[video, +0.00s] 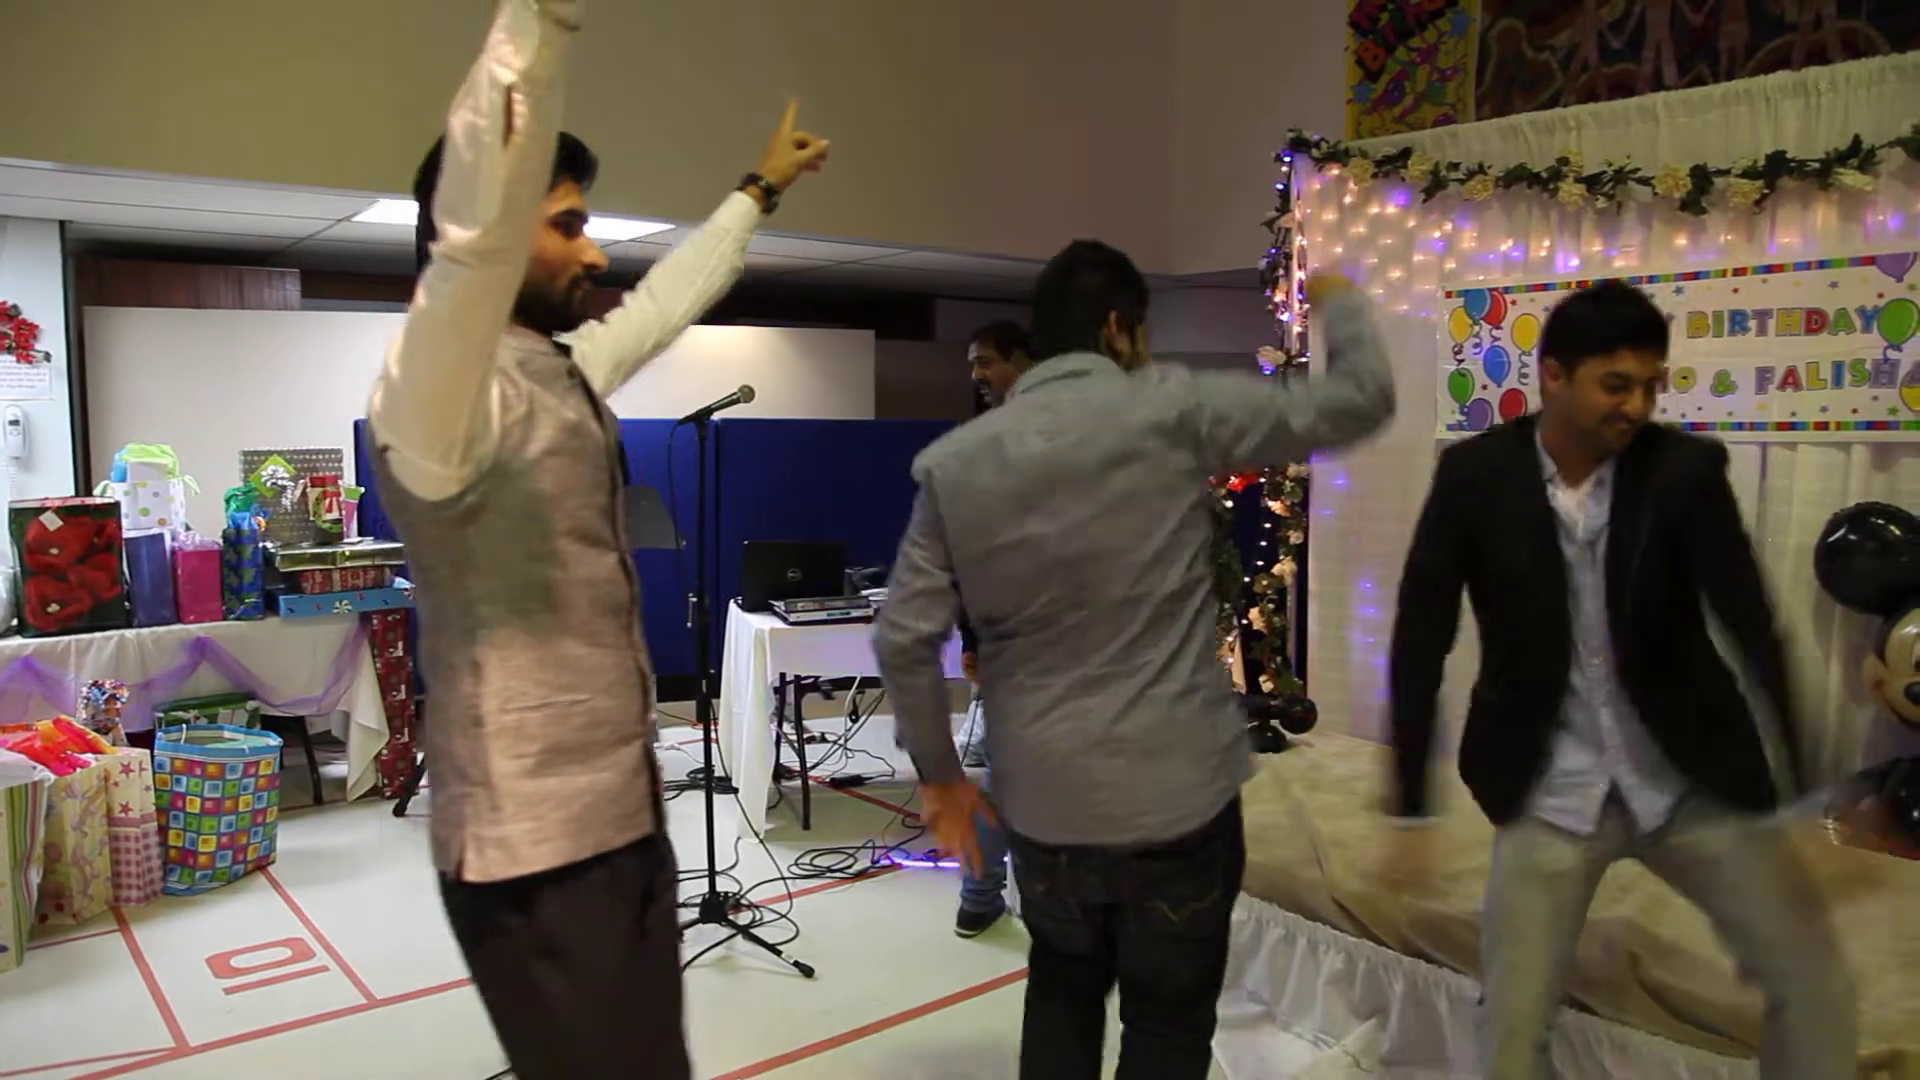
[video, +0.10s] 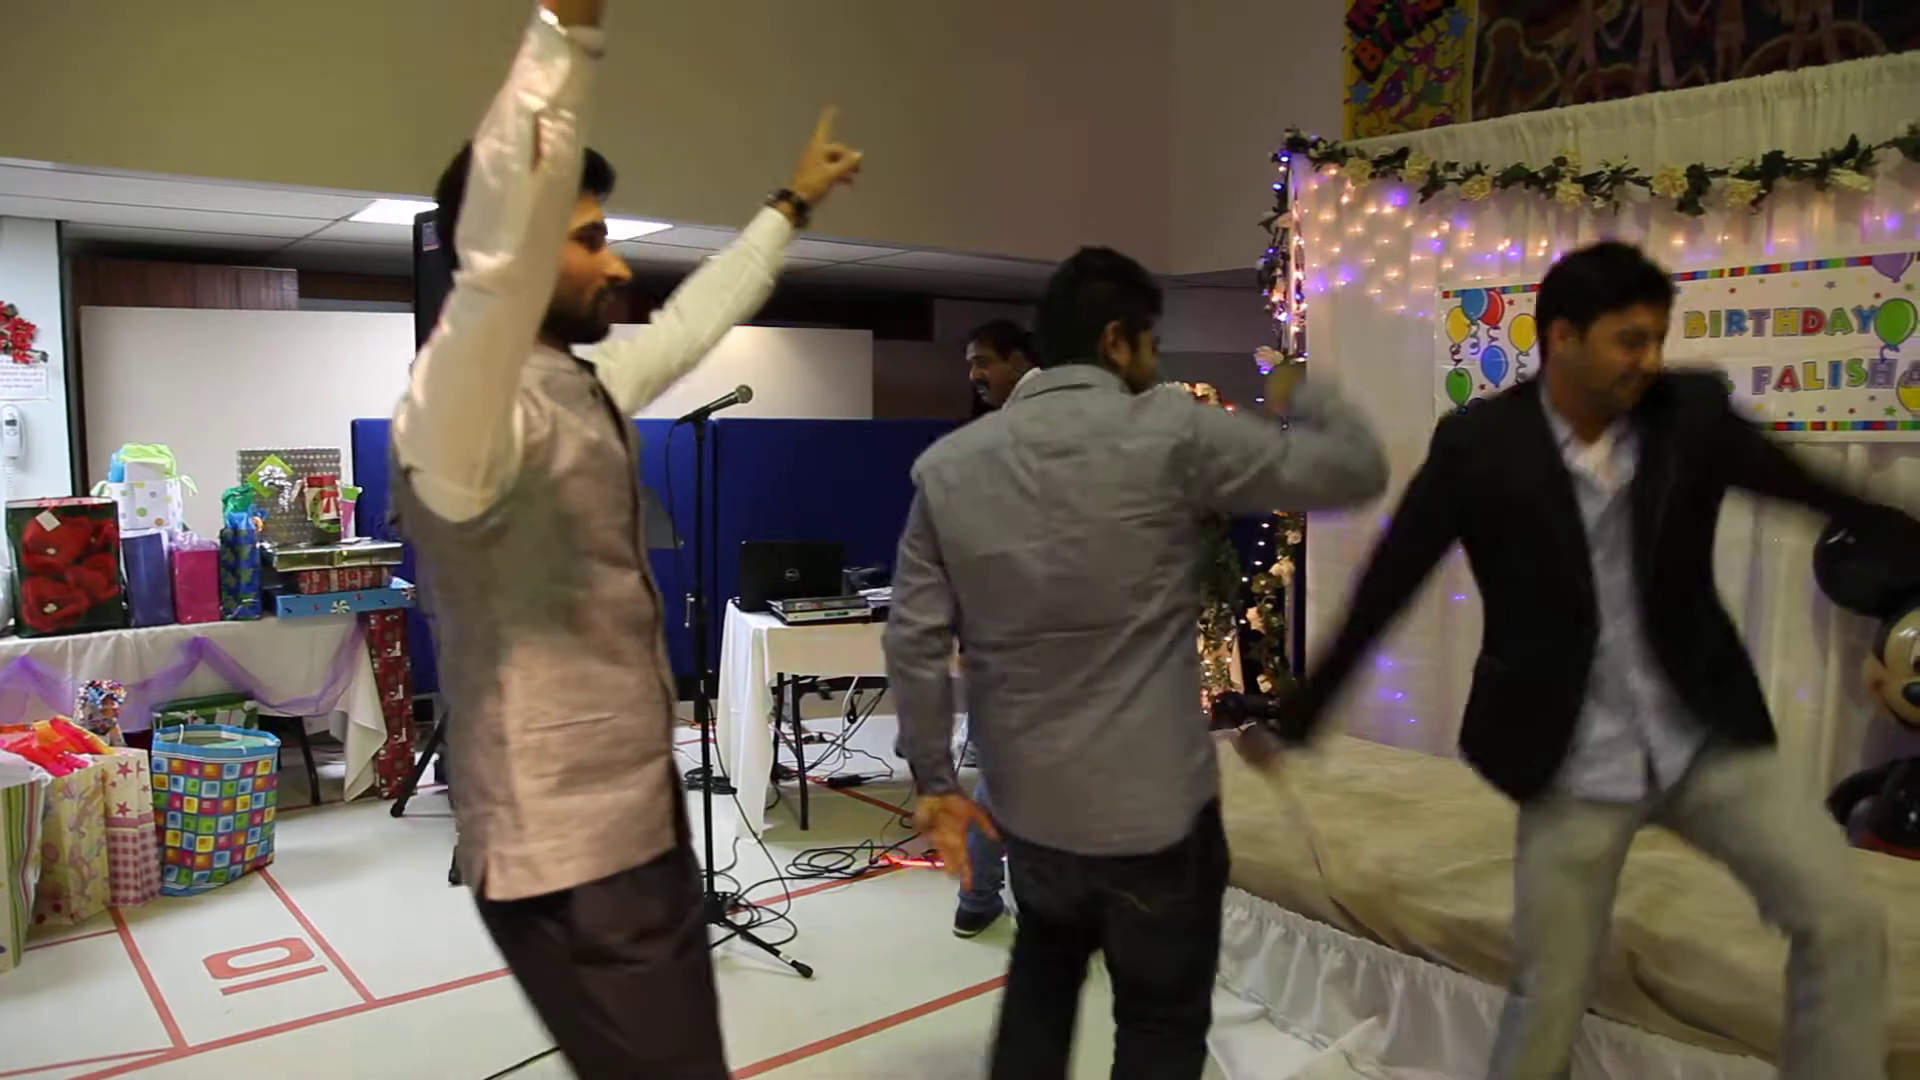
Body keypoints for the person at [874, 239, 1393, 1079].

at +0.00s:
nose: (1148, 342)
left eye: (1146, 327)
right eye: (1144, 326)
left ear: (1032, 335)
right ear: (1116, 326)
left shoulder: (956, 465)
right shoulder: (1172, 407)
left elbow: (904, 636)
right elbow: (1359, 399)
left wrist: (939, 775)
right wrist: (1341, 304)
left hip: (1041, 804)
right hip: (1177, 801)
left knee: (1062, 992)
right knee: (1169, 1026)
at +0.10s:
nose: (1158, 362)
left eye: (1155, 342)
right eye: (1151, 341)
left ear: (1041, 342)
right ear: (1115, 340)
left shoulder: (950, 466)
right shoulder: (1172, 434)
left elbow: (915, 639)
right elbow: (1356, 469)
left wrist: (933, 780)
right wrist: (1299, 397)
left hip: (1026, 806)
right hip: (1154, 812)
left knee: (1042, 964)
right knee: (1162, 1031)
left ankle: (1017, 1076)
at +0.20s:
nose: (1152, 352)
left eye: (1151, 332)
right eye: (1146, 331)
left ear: (1053, 326)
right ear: (1103, 326)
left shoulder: (938, 444)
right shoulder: (1145, 420)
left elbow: (899, 612)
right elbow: (1294, 551)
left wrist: (911, 752)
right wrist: (1279, 493)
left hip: (1008, 789)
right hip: (1131, 792)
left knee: (1010, 953)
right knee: (1141, 1014)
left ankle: (963, 1075)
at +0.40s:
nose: (1116, 357)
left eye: (1116, 339)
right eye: (1101, 339)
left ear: (1031, 342)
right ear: (1042, 341)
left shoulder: (926, 448)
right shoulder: (1061, 448)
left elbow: (892, 599)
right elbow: (1108, 631)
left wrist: (903, 714)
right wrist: (1218, 623)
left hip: (952, 777)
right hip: (1047, 780)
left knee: (983, 940)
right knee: (1102, 987)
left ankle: (923, 1074)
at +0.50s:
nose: (1082, 355)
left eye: (1084, 338)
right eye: (1063, 338)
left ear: (1013, 348)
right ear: (1003, 346)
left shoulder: (969, 425)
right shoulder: (999, 438)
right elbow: (1028, 638)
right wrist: (1154, 703)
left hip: (953, 754)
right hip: (999, 756)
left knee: (979, 942)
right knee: (1085, 967)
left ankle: (926, 1074)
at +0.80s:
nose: (990, 337)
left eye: (994, 322)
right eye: (968, 323)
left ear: (1001, 328)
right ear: (913, 337)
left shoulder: (1003, 435)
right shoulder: (864, 449)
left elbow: (1054, 552)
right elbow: (860, 633)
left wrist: (1109, 652)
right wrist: (887, 804)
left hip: (1006, 750)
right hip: (920, 764)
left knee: (997, 950)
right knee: (945, 954)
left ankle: (935, 1069)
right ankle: (847, 1061)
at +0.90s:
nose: (964, 346)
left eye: (968, 331)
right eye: (941, 331)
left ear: (974, 343)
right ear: (886, 351)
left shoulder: (1002, 453)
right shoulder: (846, 452)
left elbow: (1072, 572)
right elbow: (814, 600)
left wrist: (1140, 685)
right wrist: (832, 741)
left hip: (998, 744)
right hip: (894, 752)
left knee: (994, 947)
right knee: (881, 951)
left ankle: (933, 1071)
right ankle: (803, 1040)